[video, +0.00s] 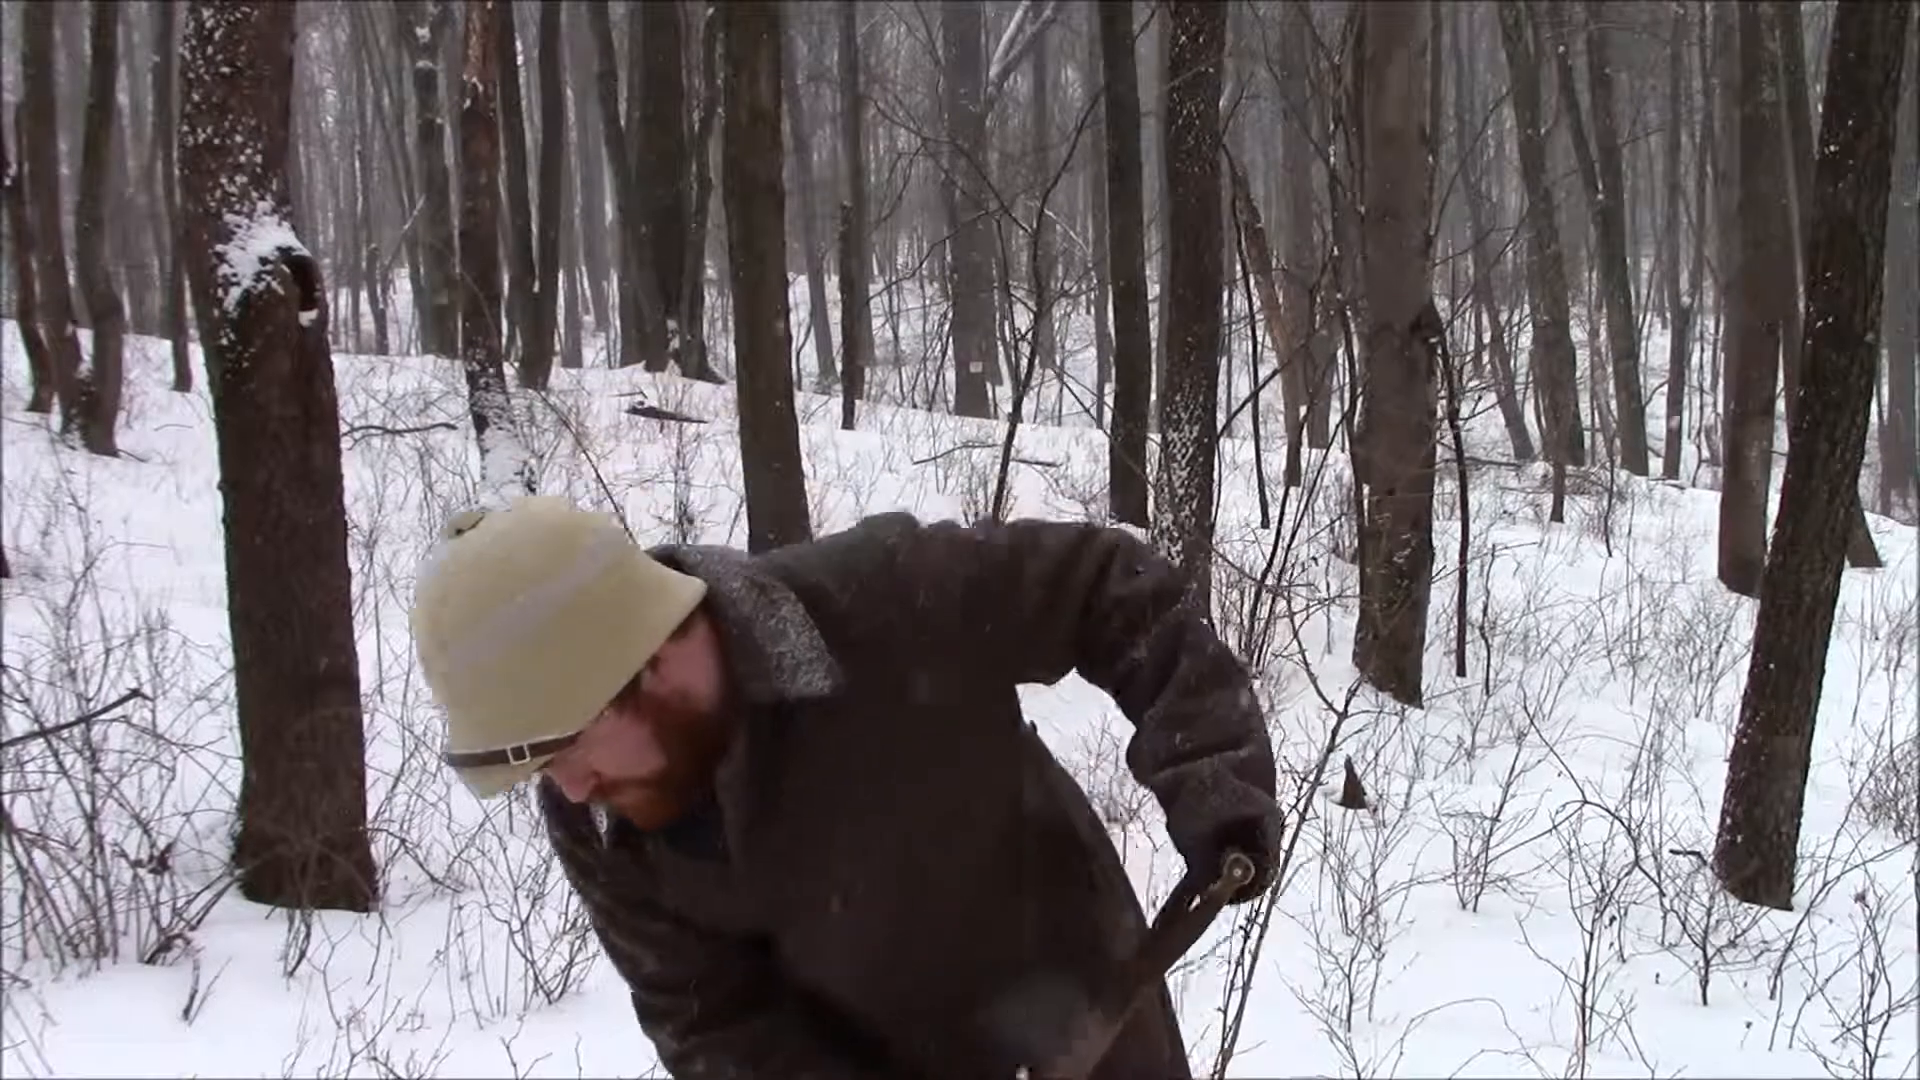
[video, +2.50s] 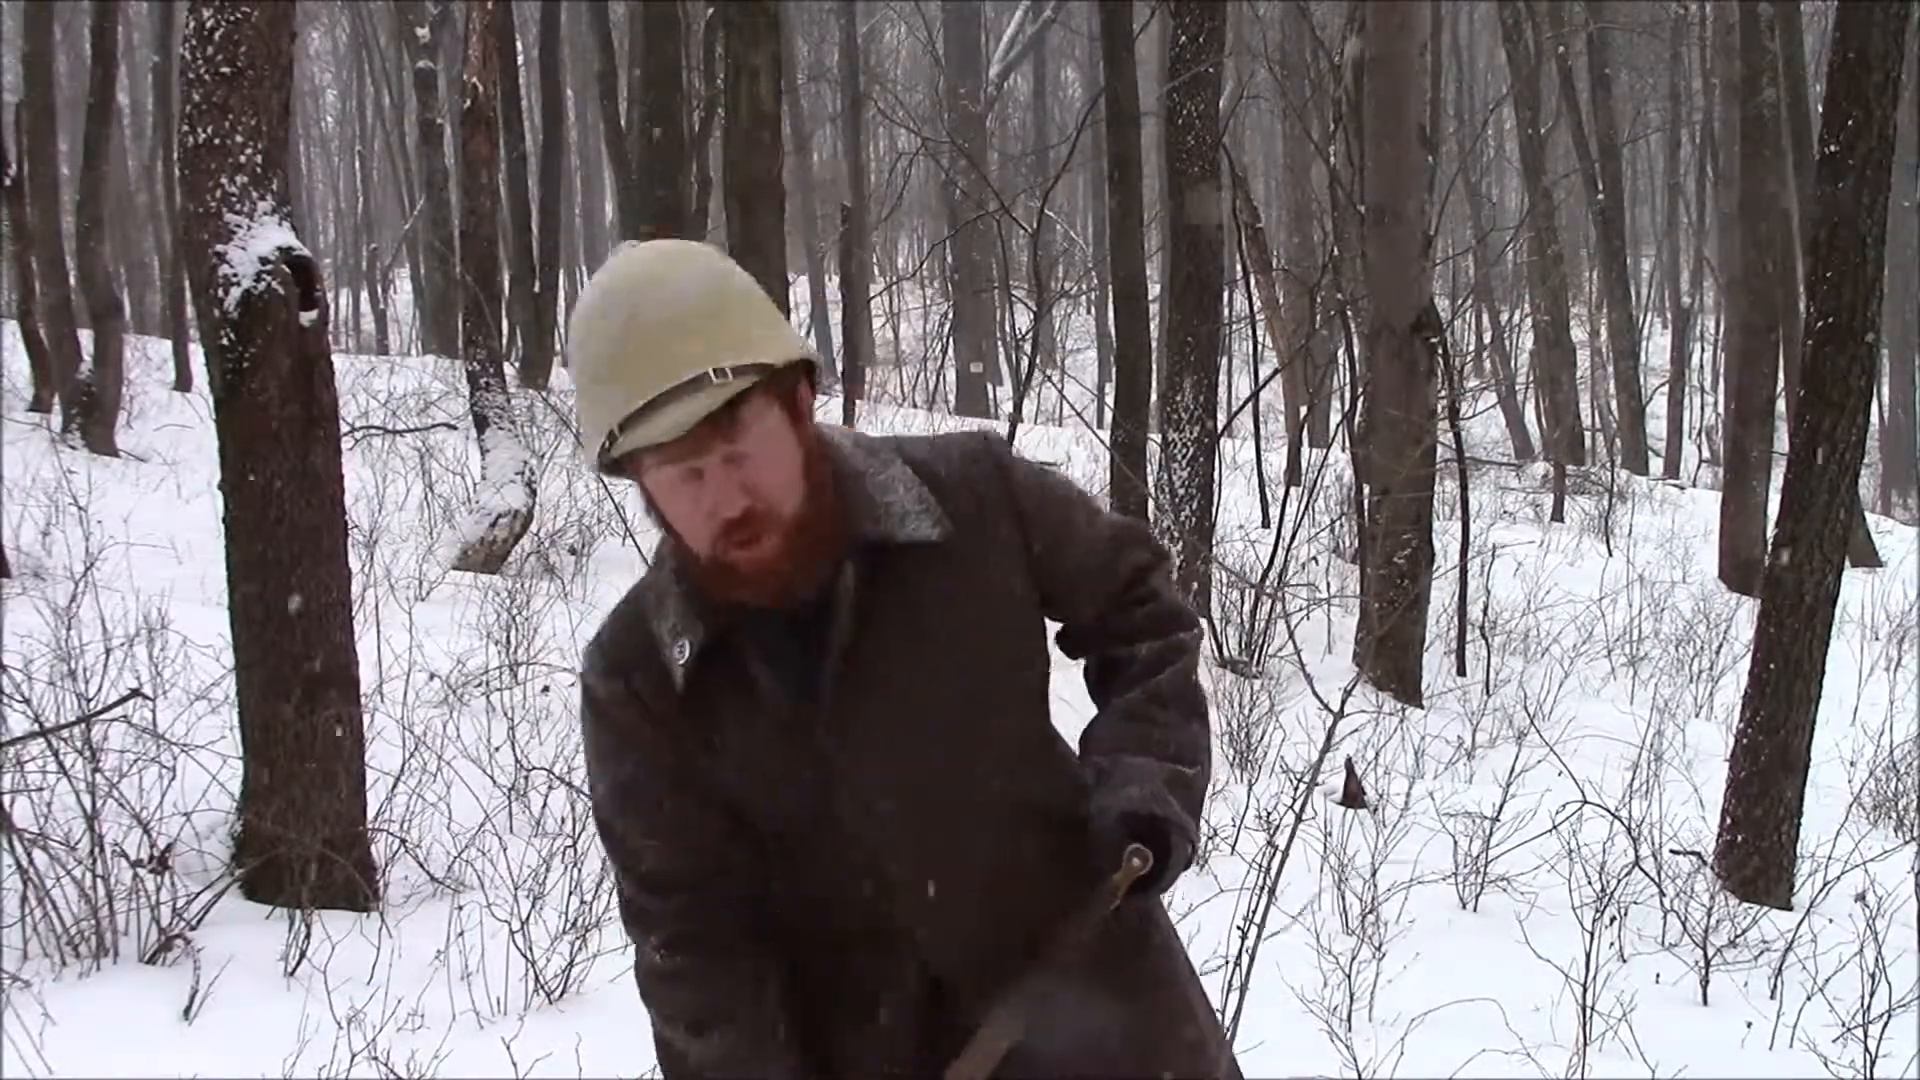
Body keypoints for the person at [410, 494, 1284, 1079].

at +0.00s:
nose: (562, 791)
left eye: (562, 752)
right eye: (534, 768)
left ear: (646, 669)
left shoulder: (887, 600)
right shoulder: (599, 817)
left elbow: (1117, 583)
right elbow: (715, 1034)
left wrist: (1213, 775)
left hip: (1075, 999)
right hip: (888, 1055)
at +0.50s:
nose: (555, 964)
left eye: (548, 925)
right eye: (522, 947)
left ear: (603, 836)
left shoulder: (886, 751)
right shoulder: (533, 978)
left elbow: (1030, 969)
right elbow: (549, 1070)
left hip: (942, 1041)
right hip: (755, 1048)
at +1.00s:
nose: (605, 447)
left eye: (632, 395)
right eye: (574, 412)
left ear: (723, 371)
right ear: (553, 420)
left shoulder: (912, 532)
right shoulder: (547, 603)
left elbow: (1061, 743)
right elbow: (542, 884)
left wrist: (1029, 969)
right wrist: (526, 1059)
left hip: (927, 1038)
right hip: (678, 1057)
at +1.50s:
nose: (666, 286)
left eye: (696, 248)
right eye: (636, 257)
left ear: (773, 261)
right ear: (602, 283)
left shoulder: (902, 465)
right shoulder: (541, 481)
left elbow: (959, 691)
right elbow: (448, 689)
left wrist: (746, 801)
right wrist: (288, 826)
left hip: (862, 1003)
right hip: (619, 1014)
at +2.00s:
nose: (802, 292)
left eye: (828, 254)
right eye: (767, 263)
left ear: (894, 267)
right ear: (727, 295)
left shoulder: (1038, 455)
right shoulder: (670, 507)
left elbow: (1164, 633)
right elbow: (634, 760)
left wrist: (1132, 774)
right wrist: (636, 963)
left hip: (1016, 998)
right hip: (762, 1015)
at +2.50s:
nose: (726, 502)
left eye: (739, 450)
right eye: (681, 471)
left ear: (800, 400)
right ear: (637, 480)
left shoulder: (981, 497)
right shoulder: (635, 682)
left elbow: (1137, 607)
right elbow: (695, 963)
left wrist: (1144, 781)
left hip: (1084, 990)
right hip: (857, 1050)